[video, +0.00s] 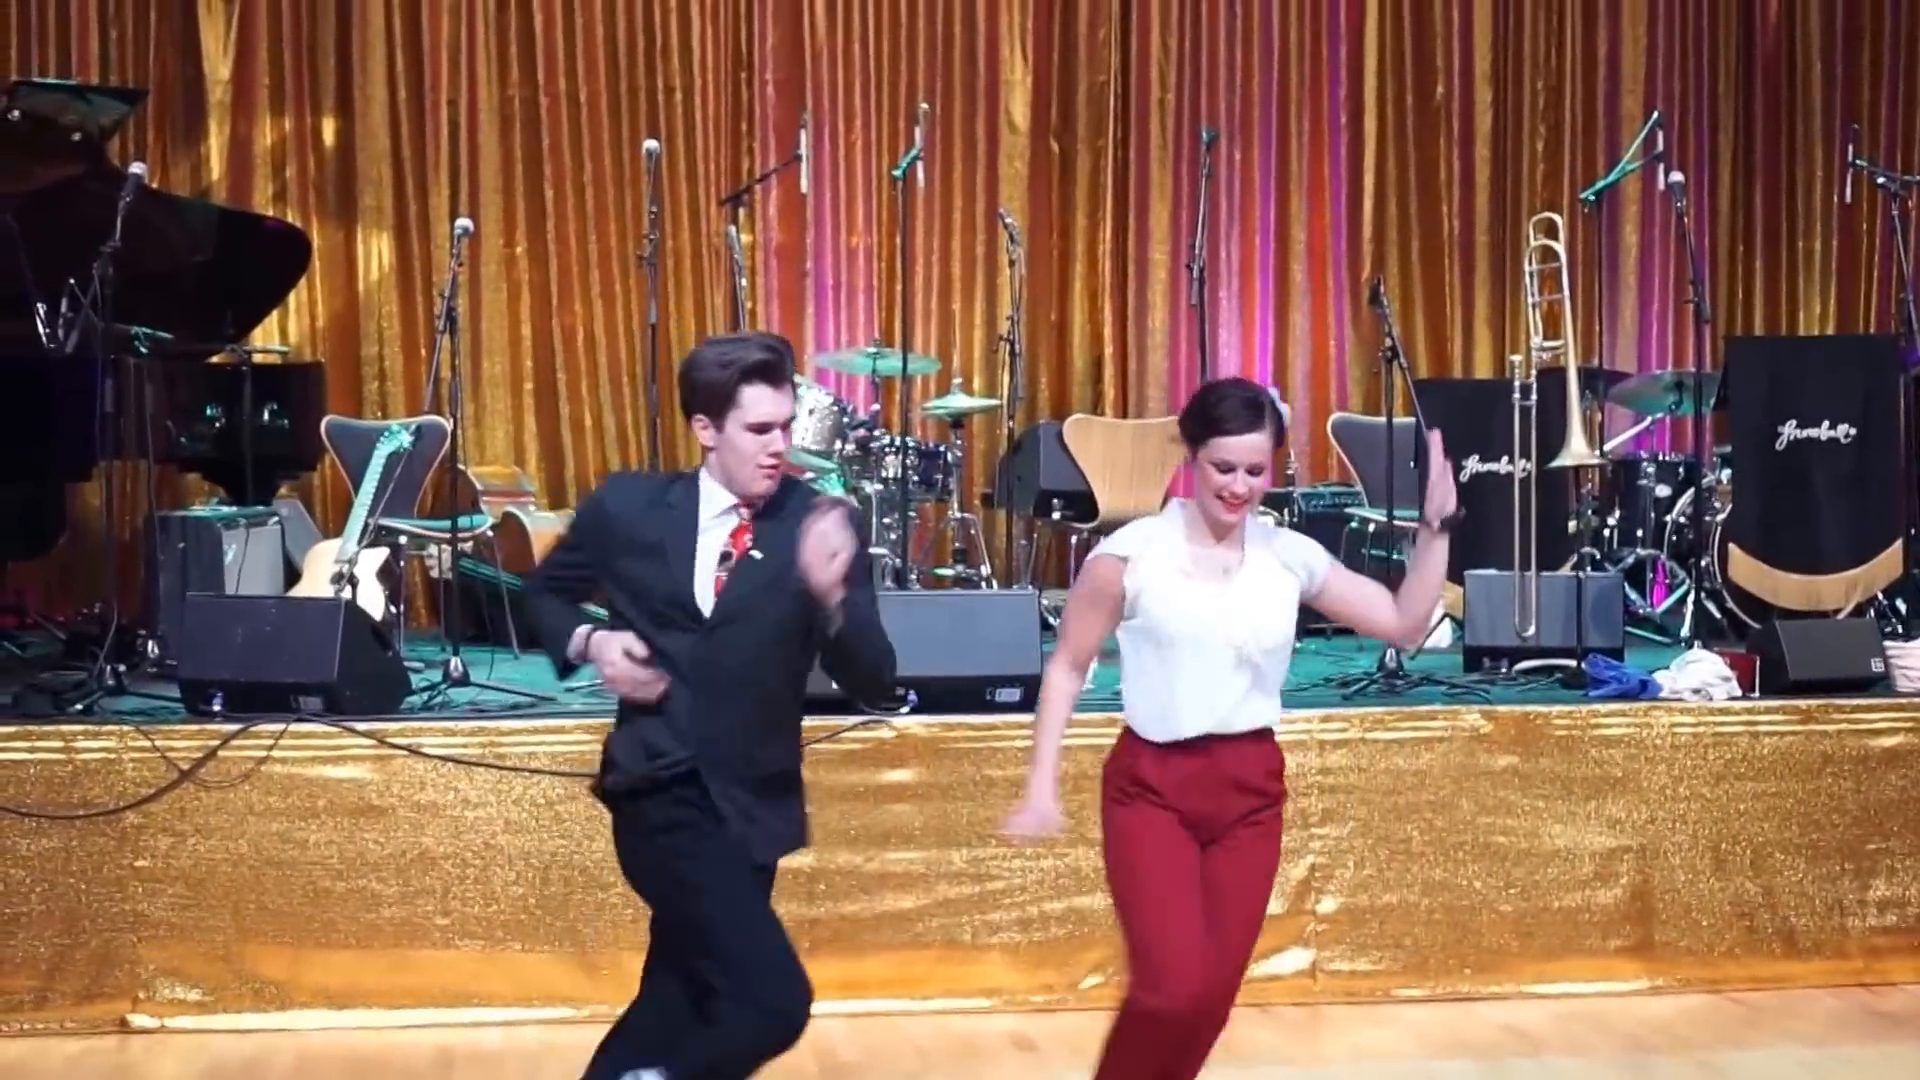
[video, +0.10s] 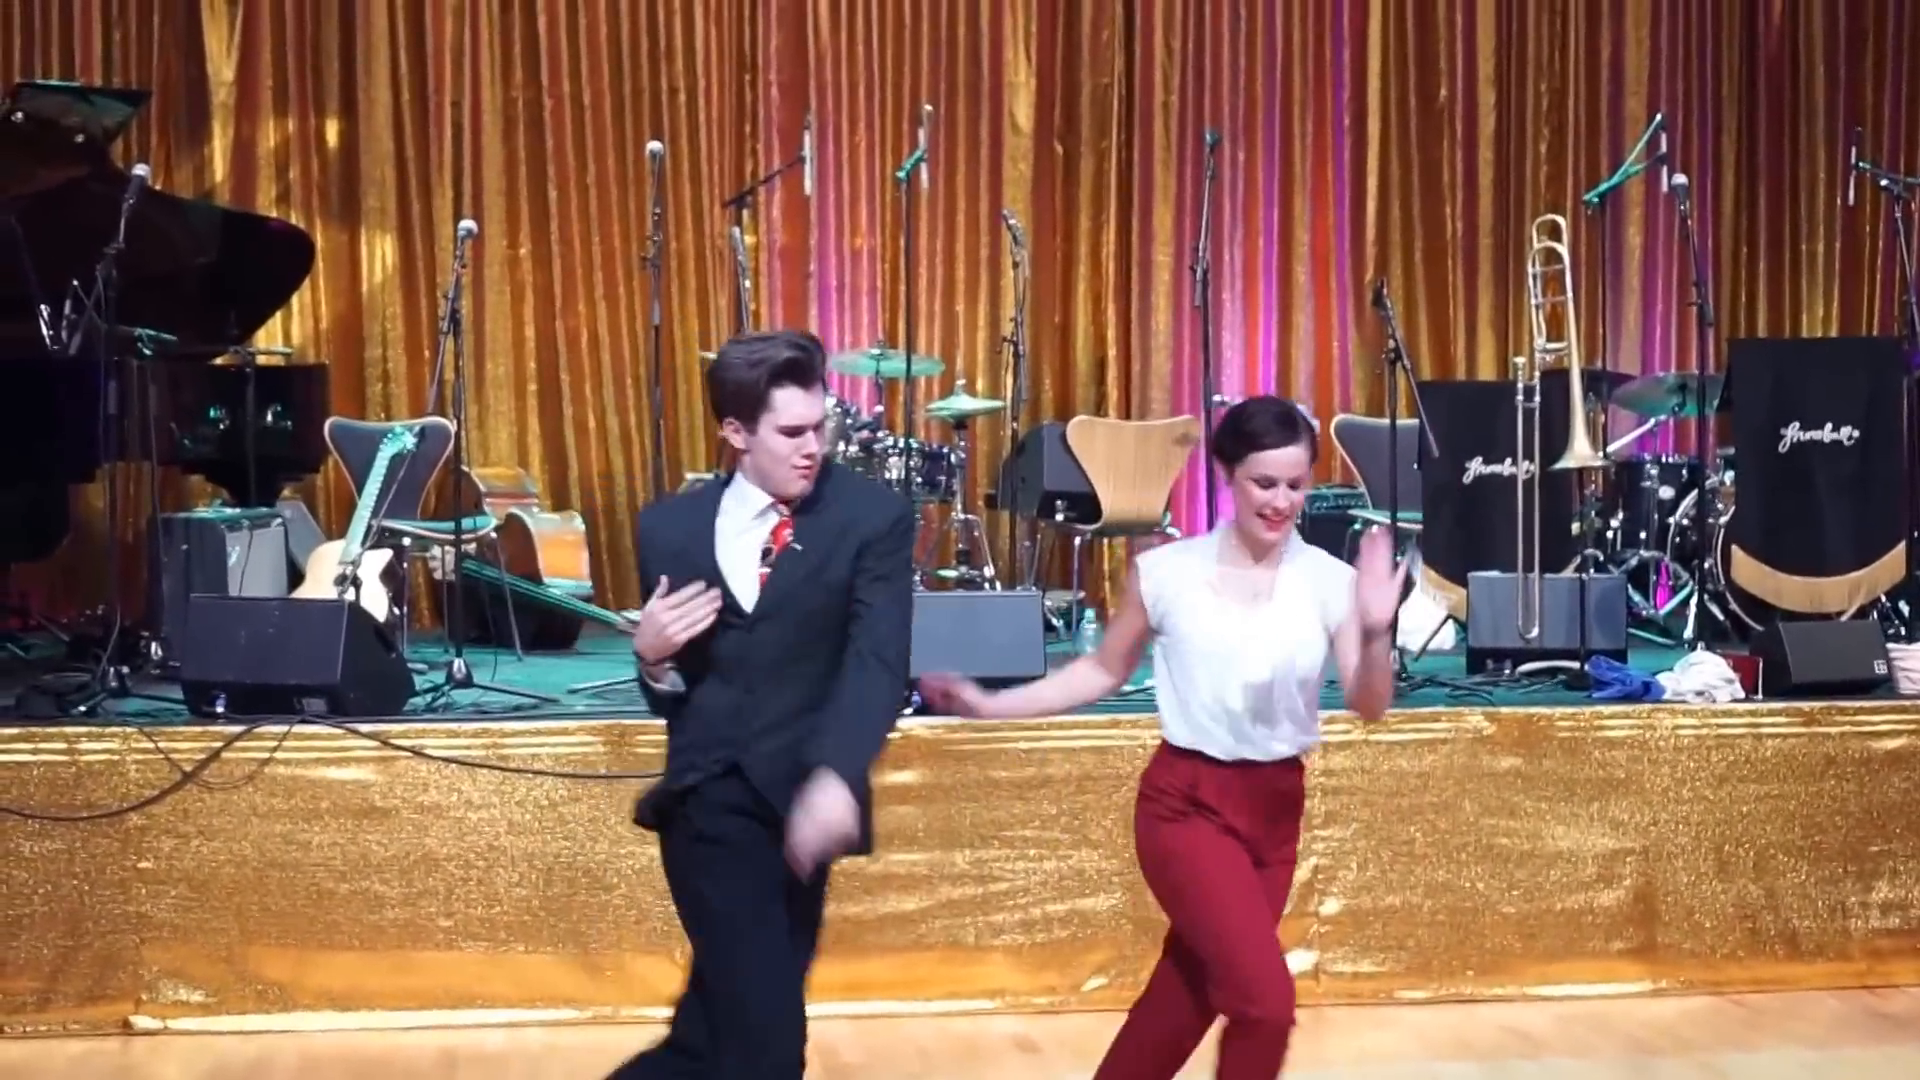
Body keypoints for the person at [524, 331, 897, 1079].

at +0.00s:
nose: (780, 448)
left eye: (787, 427)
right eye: (761, 430)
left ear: (796, 422)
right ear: (704, 430)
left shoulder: (820, 525)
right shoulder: (626, 508)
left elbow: (874, 680)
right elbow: (539, 598)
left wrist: (836, 597)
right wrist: (587, 643)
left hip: (755, 804)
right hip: (658, 790)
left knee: (668, 1019)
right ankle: (643, 1068)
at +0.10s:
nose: (814, 448)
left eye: (821, 427)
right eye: (793, 432)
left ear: (832, 418)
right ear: (735, 433)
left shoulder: (873, 516)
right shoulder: (667, 528)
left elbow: (878, 662)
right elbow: (673, 701)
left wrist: (837, 774)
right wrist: (654, 662)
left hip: (809, 795)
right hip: (706, 793)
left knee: (708, 1040)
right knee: (767, 1044)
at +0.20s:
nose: (830, 467)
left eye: (840, 443)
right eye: (807, 450)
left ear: (856, 432)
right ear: (763, 449)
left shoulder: (928, 547)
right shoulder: (723, 563)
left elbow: (953, 717)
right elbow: (688, 741)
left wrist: (964, 869)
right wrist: (660, 633)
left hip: (867, 847)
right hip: (753, 845)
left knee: (891, 1047)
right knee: (765, 1051)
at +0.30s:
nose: (820, 466)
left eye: (834, 443)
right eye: (805, 449)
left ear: (886, 428)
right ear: (794, 448)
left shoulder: (989, 515)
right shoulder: (782, 551)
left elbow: (1036, 667)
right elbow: (711, 687)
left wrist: (1051, 797)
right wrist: (698, 564)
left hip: (963, 831)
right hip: (833, 838)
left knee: (1042, 1042)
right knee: (762, 1057)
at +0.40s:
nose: (851, 464)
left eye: (863, 441)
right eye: (840, 448)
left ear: (923, 424)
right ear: (832, 446)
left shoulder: (1044, 478)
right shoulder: (845, 538)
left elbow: (1092, 587)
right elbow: (781, 667)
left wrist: (1103, 689)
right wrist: (762, 549)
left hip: (1063, 811)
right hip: (931, 818)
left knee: (1137, 1048)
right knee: (852, 1040)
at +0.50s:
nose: (896, 478)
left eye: (907, 454)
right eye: (885, 462)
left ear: (969, 439)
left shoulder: (1088, 484)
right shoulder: (900, 558)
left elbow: (1165, 562)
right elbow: (843, 680)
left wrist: (1171, 671)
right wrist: (823, 558)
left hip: (1149, 816)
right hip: (1020, 834)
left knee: (1240, 1050)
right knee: (944, 1055)